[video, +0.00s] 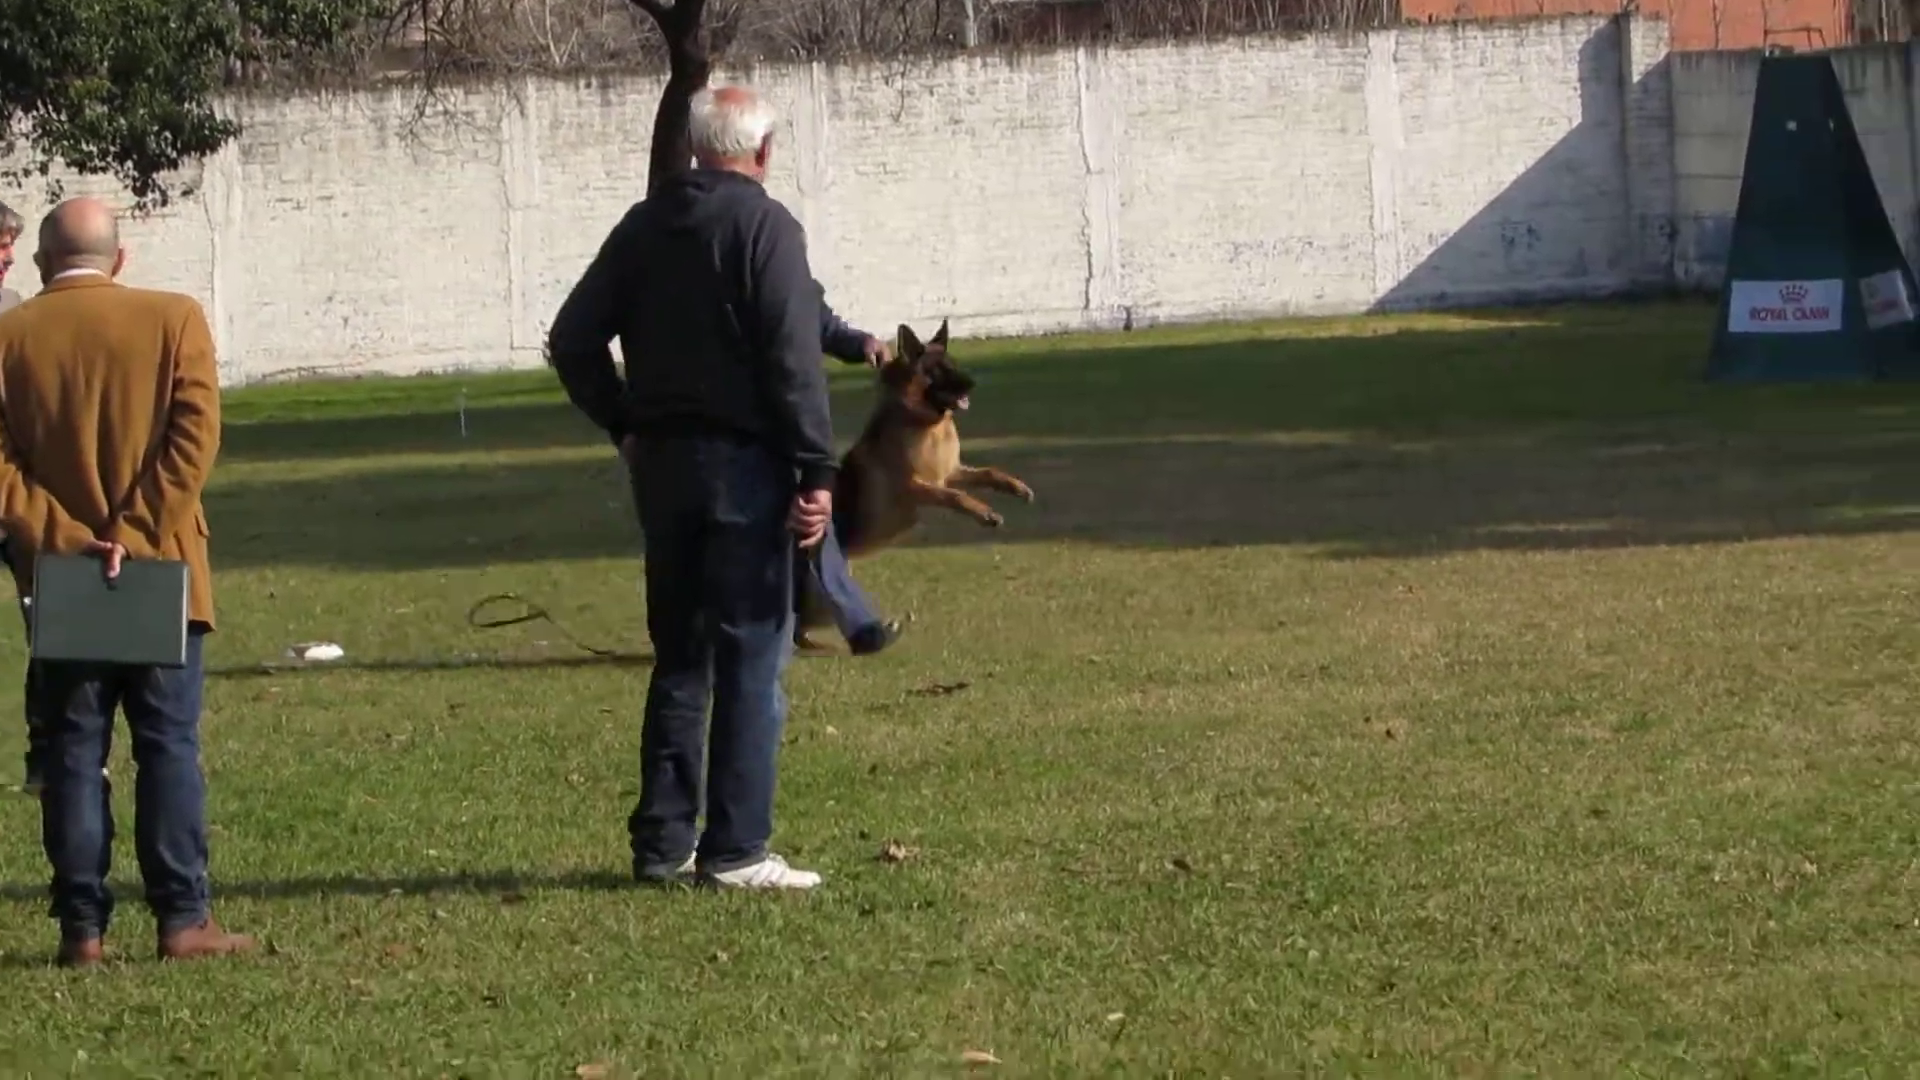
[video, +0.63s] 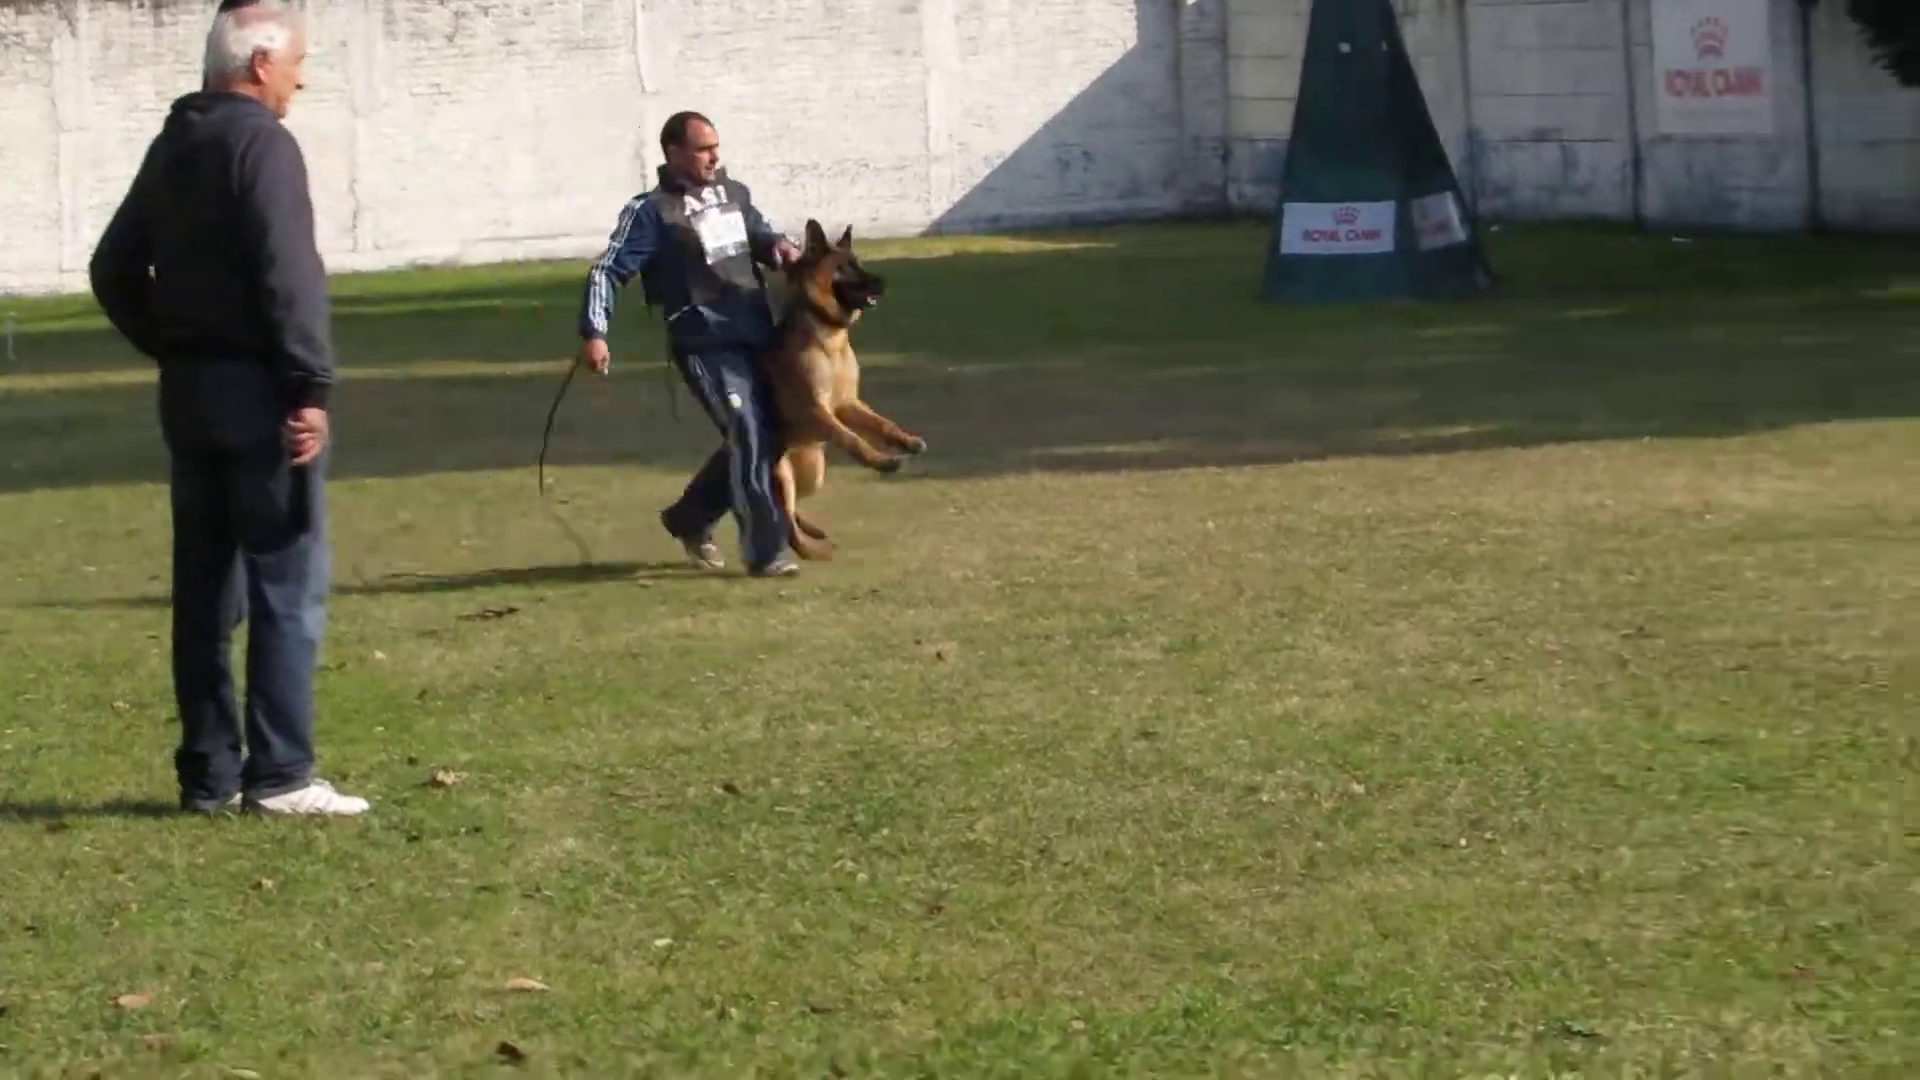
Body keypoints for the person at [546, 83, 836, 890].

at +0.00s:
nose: (774, 159)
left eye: (768, 147)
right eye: (773, 148)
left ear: (694, 144)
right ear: (760, 150)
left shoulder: (644, 222)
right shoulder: (765, 225)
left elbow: (571, 340)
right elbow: (794, 360)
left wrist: (627, 424)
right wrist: (815, 470)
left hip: (663, 469)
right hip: (745, 470)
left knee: (678, 656)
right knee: (753, 656)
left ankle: (663, 844)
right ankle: (738, 851)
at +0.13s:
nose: (716, 135)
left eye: (713, 121)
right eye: (713, 123)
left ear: (634, 121)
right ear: (696, 127)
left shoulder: (585, 198)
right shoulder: (696, 201)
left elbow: (517, 318)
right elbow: (726, 335)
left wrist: (580, 401)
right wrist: (752, 447)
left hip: (605, 450)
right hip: (686, 450)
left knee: (615, 635)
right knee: (696, 637)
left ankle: (608, 824)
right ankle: (681, 828)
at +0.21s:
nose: (662, 122)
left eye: (659, 108)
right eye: (658, 109)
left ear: (583, 109)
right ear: (636, 112)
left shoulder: (534, 183)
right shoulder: (639, 186)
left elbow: (468, 307)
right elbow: (667, 323)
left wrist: (535, 394)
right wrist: (694, 435)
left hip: (554, 439)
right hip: (633, 439)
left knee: (563, 628)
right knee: (645, 631)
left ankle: (556, 814)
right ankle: (629, 817)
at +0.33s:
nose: (578, 101)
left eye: (576, 86)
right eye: (572, 88)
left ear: (503, 92)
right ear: (541, 94)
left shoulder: (449, 166)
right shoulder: (547, 169)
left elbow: (386, 292)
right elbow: (574, 301)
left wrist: (448, 376)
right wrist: (599, 416)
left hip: (470, 423)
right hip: (543, 421)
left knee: (480, 611)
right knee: (563, 614)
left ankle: (477, 799)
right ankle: (549, 801)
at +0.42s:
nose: (507, 94)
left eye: (506, 78)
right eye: (502, 79)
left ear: (435, 82)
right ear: (469, 82)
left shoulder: (379, 155)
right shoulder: (473, 158)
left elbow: (317, 282)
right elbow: (499, 288)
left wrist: (378, 366)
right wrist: (523, 405)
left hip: (398, 412)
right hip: (472, 411)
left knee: (408, 602)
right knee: (493, 606)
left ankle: (407, 790)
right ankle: (480, 792)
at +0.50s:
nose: (421, 86)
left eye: (421, 70)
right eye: (417, 71)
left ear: (351, 72)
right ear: (384, 73)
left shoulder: (296, 147)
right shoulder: (387, 151)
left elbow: (233, 275)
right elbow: (413, 280)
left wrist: (295, 359)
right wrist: (436, 396)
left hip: (313, 406)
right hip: (386, 406)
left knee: (322, 596)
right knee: (406, 597)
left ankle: (325, 783)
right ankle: (397, 784)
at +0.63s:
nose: (300, 80)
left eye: (300, 65)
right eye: (296, 66)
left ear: (231, 63)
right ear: (263, 63)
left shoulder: (176, 136)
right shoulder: (263, 139)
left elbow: (113, 267)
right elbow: (287, 268)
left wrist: (173, 348)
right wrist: (311, 386)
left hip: (193, 393)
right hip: (261, 393)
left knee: (204, 586)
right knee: (289, 586)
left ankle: (210, 775)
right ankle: (283, 776)